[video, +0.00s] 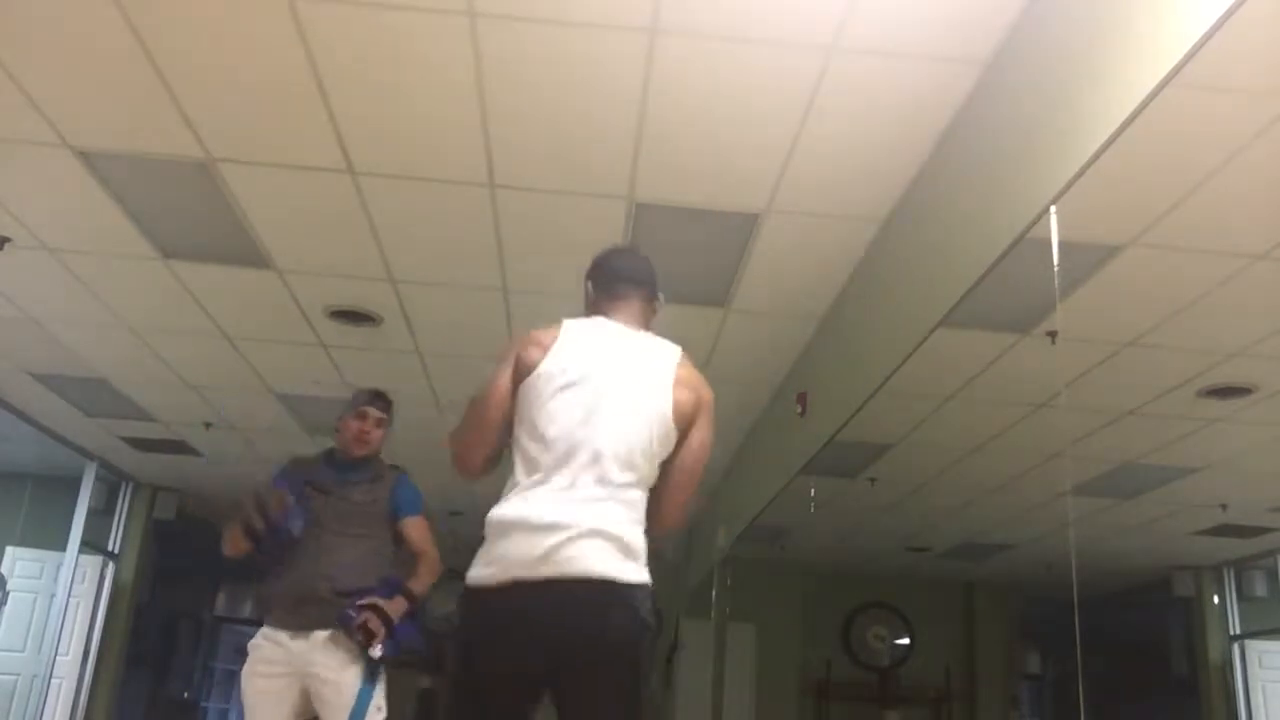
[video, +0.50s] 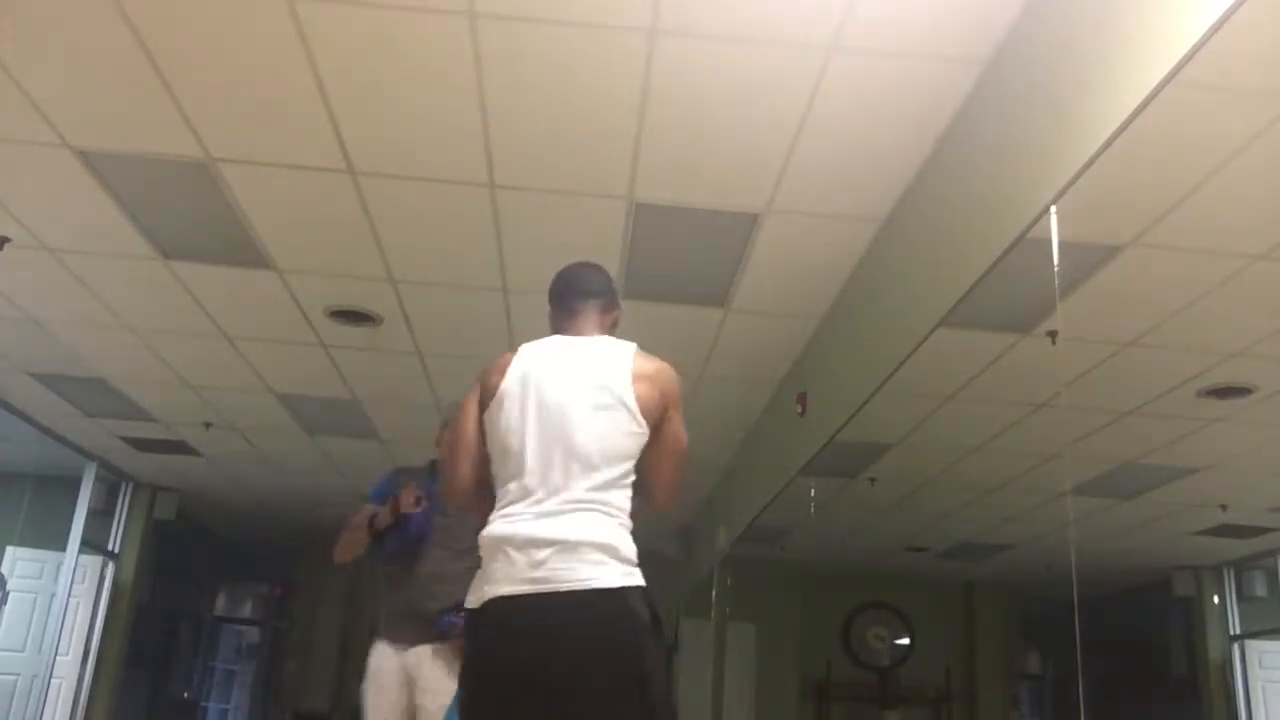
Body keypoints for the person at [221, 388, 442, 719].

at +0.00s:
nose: (367, 429)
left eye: (378, 424)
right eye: (360, 418)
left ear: (385, 436)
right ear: (340, 423)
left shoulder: (394, 484)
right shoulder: (297, 472)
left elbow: (429, 560)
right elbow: (231, 547)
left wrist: (397, 606)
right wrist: (260, 517)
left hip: (348, 646)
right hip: (276, 643)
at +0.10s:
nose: (393, 437)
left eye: (405, 433)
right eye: (387, 426)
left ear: (411, 445)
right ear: (367, 429)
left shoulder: (418, 496)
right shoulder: (320, 478)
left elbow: (447, 576)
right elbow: (260, 553)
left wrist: (407, 620)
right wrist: (286, 534)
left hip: (368, 661)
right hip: (295, 652)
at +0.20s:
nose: (421, 443)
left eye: (432, 437)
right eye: (415, 430)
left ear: (439, 448)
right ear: (395, 432)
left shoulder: (446, 500)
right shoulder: (348, 480)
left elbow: (478, 575)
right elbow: (289, 552)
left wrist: (436, 625)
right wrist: (324, 538)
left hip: (396, 664)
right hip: (325, 654)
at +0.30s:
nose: (442, 442)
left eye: (453, 435)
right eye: (435, 429)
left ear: (461, 446)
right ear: (418, 432)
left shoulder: (467, 496)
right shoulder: (372, 478)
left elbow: (506, 571)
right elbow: (311, 550)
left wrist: (463, 619)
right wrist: (355, 535)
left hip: (420, 659)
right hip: (353, 650)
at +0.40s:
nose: (457, 438)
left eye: (466, 431)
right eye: (450, 427)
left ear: (476, 442)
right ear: (431, 432)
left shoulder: (483, 490)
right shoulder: (392, 477)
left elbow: (502, 566)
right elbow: (330, 548)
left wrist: (470, 613)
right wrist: (376, 526)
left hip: (433, 653)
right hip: (370, 646)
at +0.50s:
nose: (458, 444)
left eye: (468, 437)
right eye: (452, 434)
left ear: (481, 445)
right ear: (439, 437)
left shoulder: (485, 491)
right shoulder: (403, 483)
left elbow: (499, 564)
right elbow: (342, 552)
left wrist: (470, 628)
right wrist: (391, 513)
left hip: (445, 645)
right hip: (390, 642)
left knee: (438, 713)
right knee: (380, 713)